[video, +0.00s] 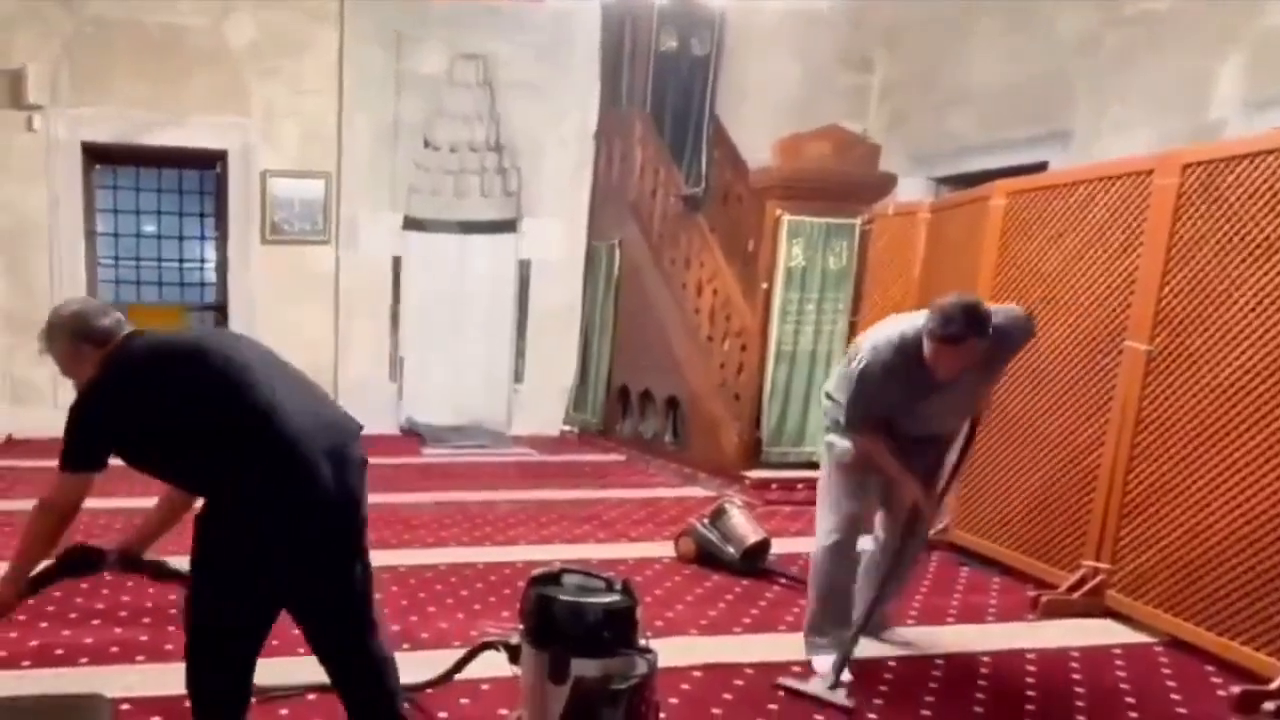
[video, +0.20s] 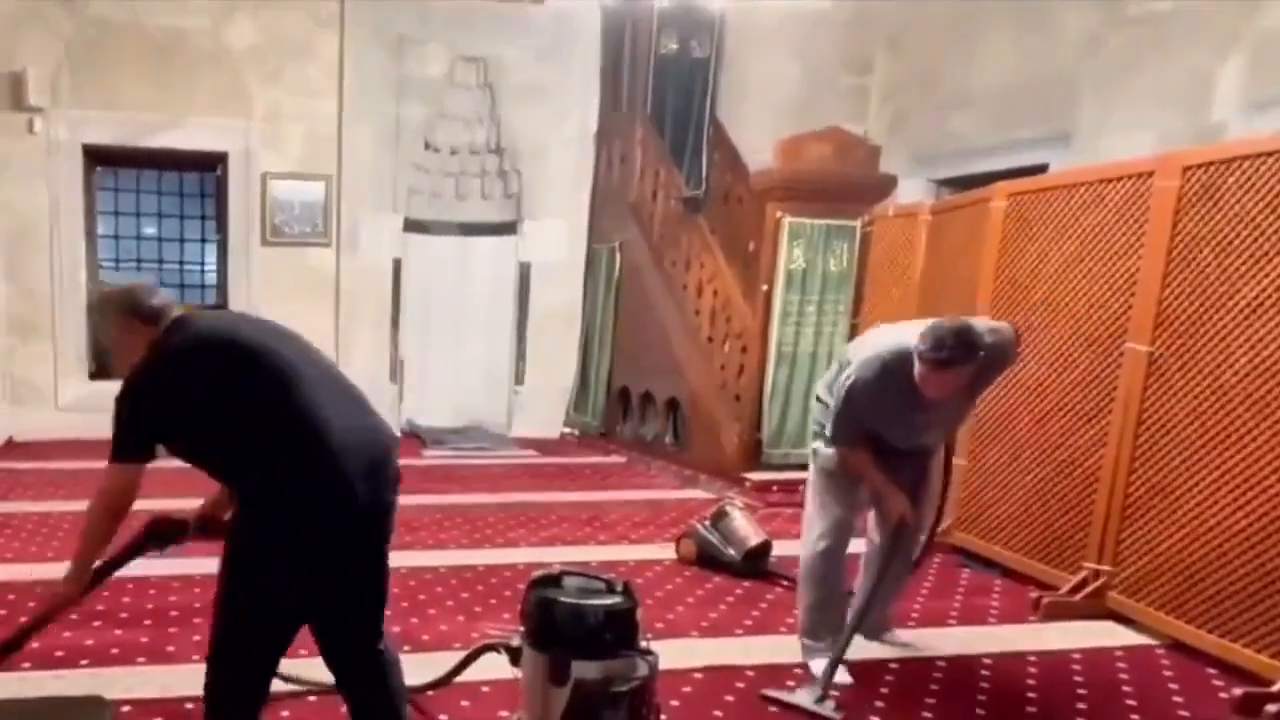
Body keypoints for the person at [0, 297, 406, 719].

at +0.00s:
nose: (70, 382)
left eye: (66, 368)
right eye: (63, 371)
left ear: (82, 351)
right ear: (122, 333)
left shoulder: (102, 393)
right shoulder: (190, 355)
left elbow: (61, 503)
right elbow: (189, 482)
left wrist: (14, 579)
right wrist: (133, 546)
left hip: (256, 492)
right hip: (338, 459)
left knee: (218, 657)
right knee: (351, 640)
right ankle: (385, 710)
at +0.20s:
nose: (116, 366)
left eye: (112, 348)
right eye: (110, 352)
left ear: (132, 328)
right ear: (166, 314)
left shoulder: (148, 381)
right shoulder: (232, 332)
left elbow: (116, 496)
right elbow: (276, 430)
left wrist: (78, 574)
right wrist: (213, 510)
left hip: (290, 499)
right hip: (371, 469)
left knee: (238, 664)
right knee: (356, 645)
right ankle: (390, 710)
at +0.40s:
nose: (171, 338)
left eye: (170, 325)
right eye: (166, 327)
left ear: (189, 311)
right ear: (220, 298)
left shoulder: (205, 367)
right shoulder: (287, 319)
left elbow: (188, 484)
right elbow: (345, 417)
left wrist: (163, 564)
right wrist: (281, 494)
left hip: (339, 498)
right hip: (417, 475)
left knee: (273, 663)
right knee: (380, 644)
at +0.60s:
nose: (209, 335)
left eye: (206, 321)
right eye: (203, 323)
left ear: (221, 306)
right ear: (259, 288)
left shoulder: (245, 357)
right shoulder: (340, 304)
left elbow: (252, 468)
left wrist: (258, 541)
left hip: (363, 505)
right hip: (443, 492)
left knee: (295, 667)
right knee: (400, 666)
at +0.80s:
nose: (212, 326)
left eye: (211, 312)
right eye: (207, 315)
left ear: (239, 294)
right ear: (268, 285)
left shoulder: (255, 351)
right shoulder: (352, 296)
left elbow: (290, 469)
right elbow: (452, 318)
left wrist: (334, 511)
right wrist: (447, 417)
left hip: (376, 497)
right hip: (453, 479)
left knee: (312, 671)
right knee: (409, 661)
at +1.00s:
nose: (208, 338)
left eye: (207, 322)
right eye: (201, 326)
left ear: (241, 301)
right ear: (251, 298)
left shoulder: (257, 359)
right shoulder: (343, 304)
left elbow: (282, 489)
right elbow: (442, 318)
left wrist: (297, 545)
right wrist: (435, 412)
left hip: (381, 509)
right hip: (455, 489)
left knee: (321, 671)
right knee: (409, 665)